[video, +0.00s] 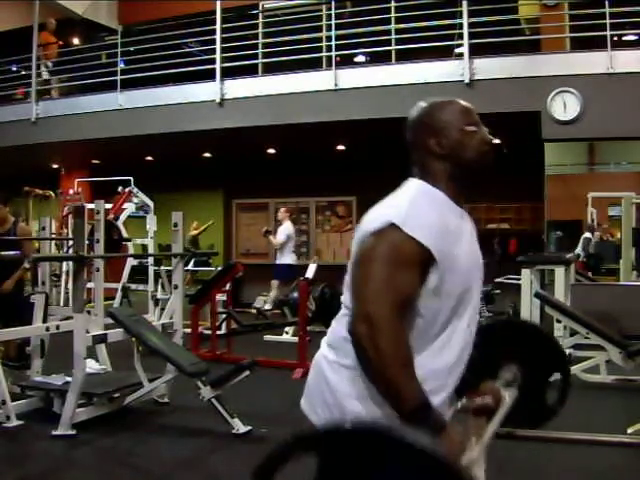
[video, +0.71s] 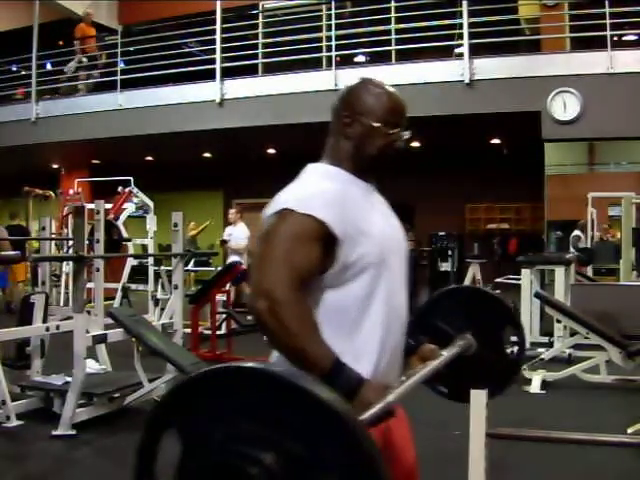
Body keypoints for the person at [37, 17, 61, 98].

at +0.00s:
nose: (53, 26)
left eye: (54, 24)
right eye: (51, 24)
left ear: (55, 25)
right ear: (47, 25)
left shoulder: (52, 36)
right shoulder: (44, 35)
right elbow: (40, 48)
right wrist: (43, 59)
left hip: (53, 60)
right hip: (46, 60)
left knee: (54, 77)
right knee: (45, 78)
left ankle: (54, 93)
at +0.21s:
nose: (64, 23)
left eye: (65, 21)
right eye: (62, 21)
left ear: (67, 22)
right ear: (58, 22)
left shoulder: (66, 34)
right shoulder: (53, 33)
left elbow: (69, 48)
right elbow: (50, 46)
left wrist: (72, 58)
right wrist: (52, 58)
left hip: (68, 58)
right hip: (59, 59)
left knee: (70, 75)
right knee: (60, 76)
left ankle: (70, 92)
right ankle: (57, 93)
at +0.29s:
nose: (68, 23)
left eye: (69, 21)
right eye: (66, 20)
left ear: (71, 22)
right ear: (62, 21)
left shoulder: (70, 34)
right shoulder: (58, 32)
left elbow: (74, 49)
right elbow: (53, 46)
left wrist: (80, 59)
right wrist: (56, 58)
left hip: (71, 59)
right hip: (62, 59)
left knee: (69, 78)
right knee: (63, 78)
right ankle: (59, 96)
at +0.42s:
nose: (75, 22)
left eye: (76, 20)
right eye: (73, 20)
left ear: (77, 21)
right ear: (69, 21)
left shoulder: (77, 34)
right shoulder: (65, 32)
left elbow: (81, 47)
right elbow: (60, 45)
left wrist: (88, 56)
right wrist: (61, 58)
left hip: (77, 58)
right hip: (68, 58)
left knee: (67, 79)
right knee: (72, 77)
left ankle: (59, 95)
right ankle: (75, 93)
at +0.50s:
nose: (79, 21)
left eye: (80, 19)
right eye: (77, 19)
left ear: (81, 20)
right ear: (73, 20)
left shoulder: (81, 33)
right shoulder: (69, 31)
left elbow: (85, 47)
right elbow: (64, 45)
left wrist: (93, 55)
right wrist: (65, 58)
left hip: (81, 58)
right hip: (72, 58)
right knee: (76, 77)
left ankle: (63, 93)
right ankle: (79, 93)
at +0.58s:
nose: (84, 21)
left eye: (85, 19)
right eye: (82, 19)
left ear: (85, 20)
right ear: (78, 19)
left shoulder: (85, 31)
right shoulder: (73, 30)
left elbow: (89, 45)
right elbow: (69, 44)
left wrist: (95, 55)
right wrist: (70, 56)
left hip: (88, 56)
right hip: (79, 57)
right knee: (80, 75)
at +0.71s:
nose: (91, 18)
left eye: (91, 15)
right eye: (89, 15)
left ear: (92, 17)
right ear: (84, 16)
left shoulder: (92, 28)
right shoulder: (80, 27)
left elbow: (93, 43)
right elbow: (77, 42)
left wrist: (96, 52)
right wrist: (79, 54)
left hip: (93, 54)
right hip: (84, 54)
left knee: (93, 72)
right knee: (83, 72)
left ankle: (90, 89)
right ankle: (82, 90)